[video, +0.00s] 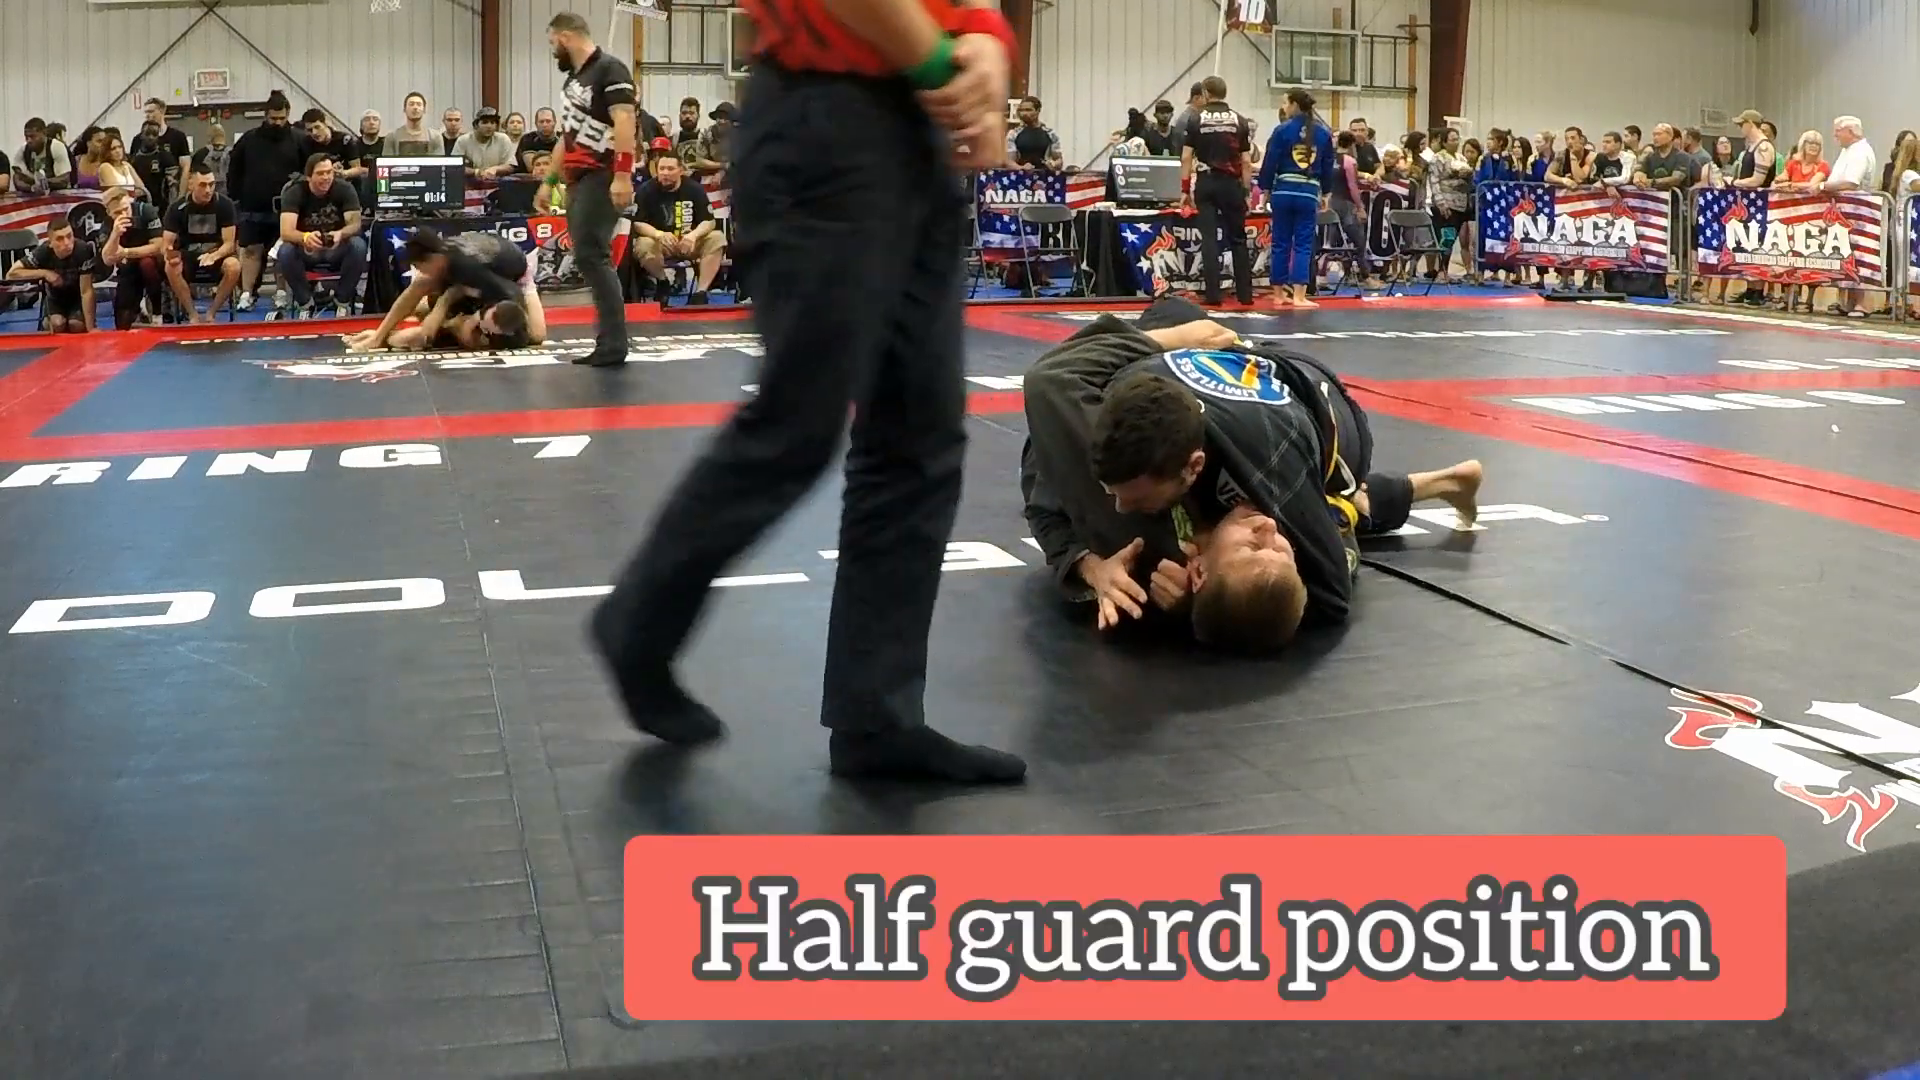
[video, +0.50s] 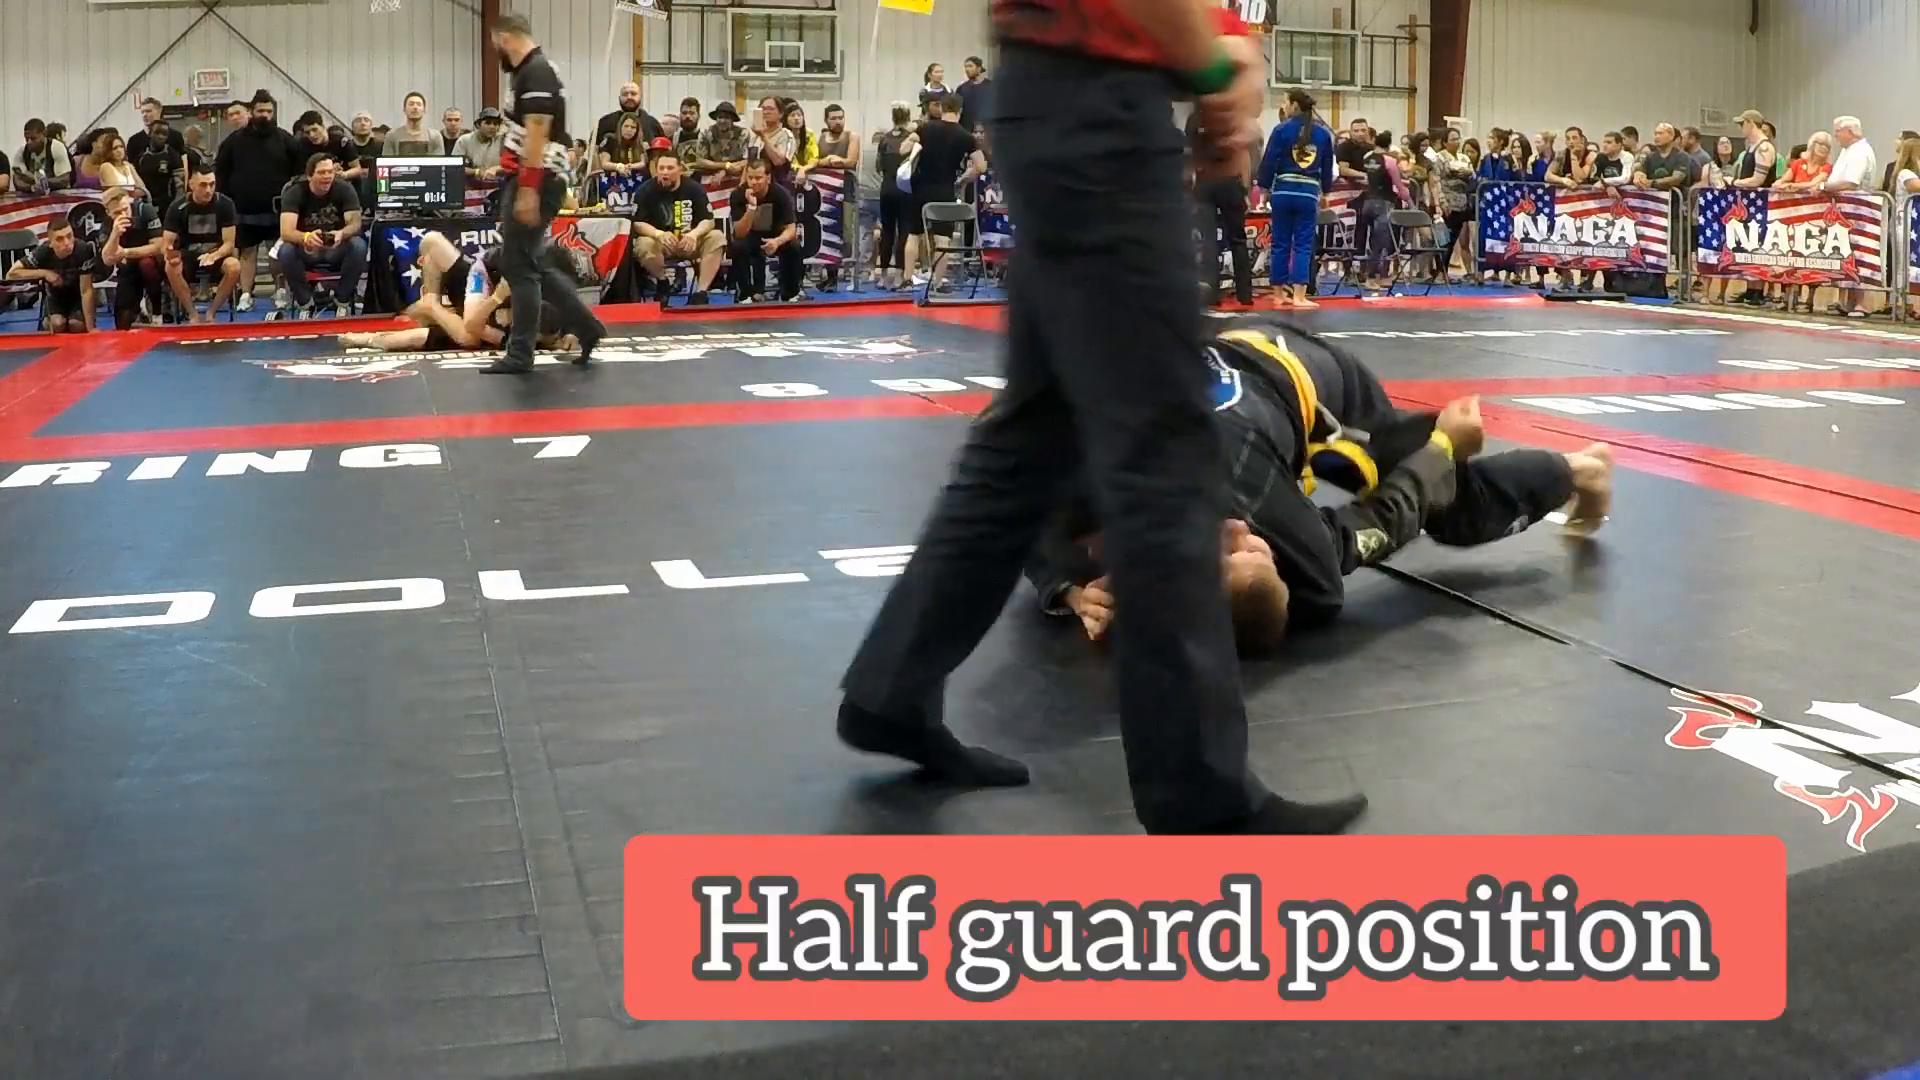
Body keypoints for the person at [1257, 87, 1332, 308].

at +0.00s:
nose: (1284, 107)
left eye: (1286, 103)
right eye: (1285, 103)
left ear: (1295, 106)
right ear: (1306, 106)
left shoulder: (1282, 130)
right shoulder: (1323, 132)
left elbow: (1270, 161)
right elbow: (1327, 166)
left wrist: (1265, 188)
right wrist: (1325, 192)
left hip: (1283, 190)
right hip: (1309, 193)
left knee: (1281, 242)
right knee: (1304, 243)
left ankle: (1278, 293)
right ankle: (1299, 295)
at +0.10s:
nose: (1285, 107)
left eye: (1286, 103)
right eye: (1286, 103)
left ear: (1292, 105)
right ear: (1307, 106)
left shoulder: (1281, 129)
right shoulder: (1323, 132)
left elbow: (1270, 161)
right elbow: (1327, 166)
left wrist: (1265, 188)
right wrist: (1326, 190)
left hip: (1282, 190)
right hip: (1309, 193)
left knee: (1281, 242)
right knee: (1304, 243)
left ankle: (1278, 293)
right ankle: (1299, 295)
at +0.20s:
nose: (1284, 107)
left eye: (1286, 103)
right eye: (1286, 103)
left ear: (1290, 105)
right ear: (1307, 105)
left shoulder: (1281, 129)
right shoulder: (1322, 132)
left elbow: (1269, 161)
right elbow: (1328, 165)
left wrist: (1265, 188)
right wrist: (1326, 191)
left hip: (1282, 191)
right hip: (1309, 194)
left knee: (1281, 242)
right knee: (1304, 243)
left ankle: (1278, 293)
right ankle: (1299, 296)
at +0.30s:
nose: (1285, 106)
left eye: (1286, 103)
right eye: (1286, 103)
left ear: (1291, 105)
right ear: (1308, 105)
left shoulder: (1281, 129)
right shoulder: (1323, 132)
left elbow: (1269, 160)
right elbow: (1328, 166)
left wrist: (1266, 187)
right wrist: (1326, 190)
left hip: (1282, 191)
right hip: (1309, 194)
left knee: (1280, 242)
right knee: (1303, 244)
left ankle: (1278, 293)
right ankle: (1299, 296)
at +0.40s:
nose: (1284, 106)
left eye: (1286, 102)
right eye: (1285, 102)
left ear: (1293, 105)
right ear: (1307, 106)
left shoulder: (1281, 129)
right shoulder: (1323, 132)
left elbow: (1269, 160)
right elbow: (1327, 165)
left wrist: (1265, 187)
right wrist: (1326, 190)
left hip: (1282, 190)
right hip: (1309, 193)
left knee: (1280, 242)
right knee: (1303, 243)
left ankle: (1278, 293)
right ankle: (1299, 295)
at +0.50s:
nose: (1283, 106)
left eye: (1286, 103)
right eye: (1285, 102)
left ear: (1295, 105)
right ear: (1307, 107)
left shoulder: (1282, 129)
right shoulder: (1323, 132)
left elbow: (1269, 160)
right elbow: (1327, 166)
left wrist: (1264, 186)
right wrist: (1325, 190)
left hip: (1283, 190)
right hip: (1309, 193)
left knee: (1281, 242)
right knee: (1303, 243)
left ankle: (1278, 293)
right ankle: (1299, 296)